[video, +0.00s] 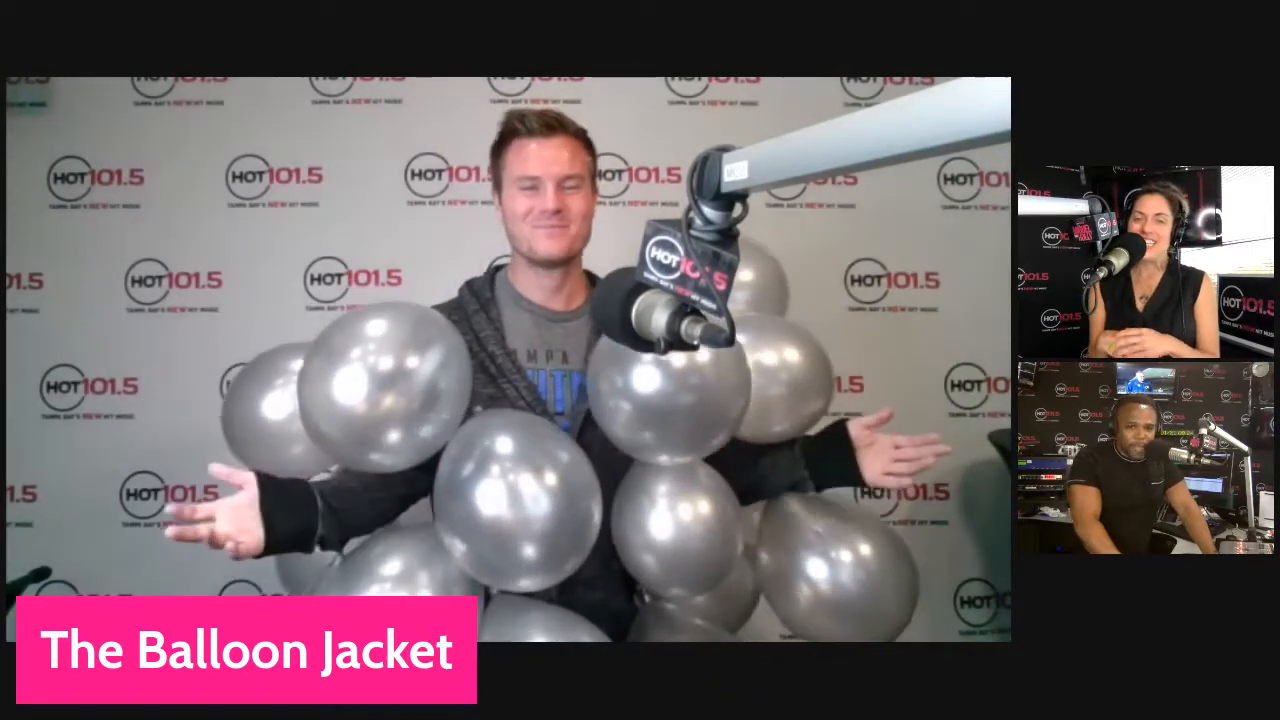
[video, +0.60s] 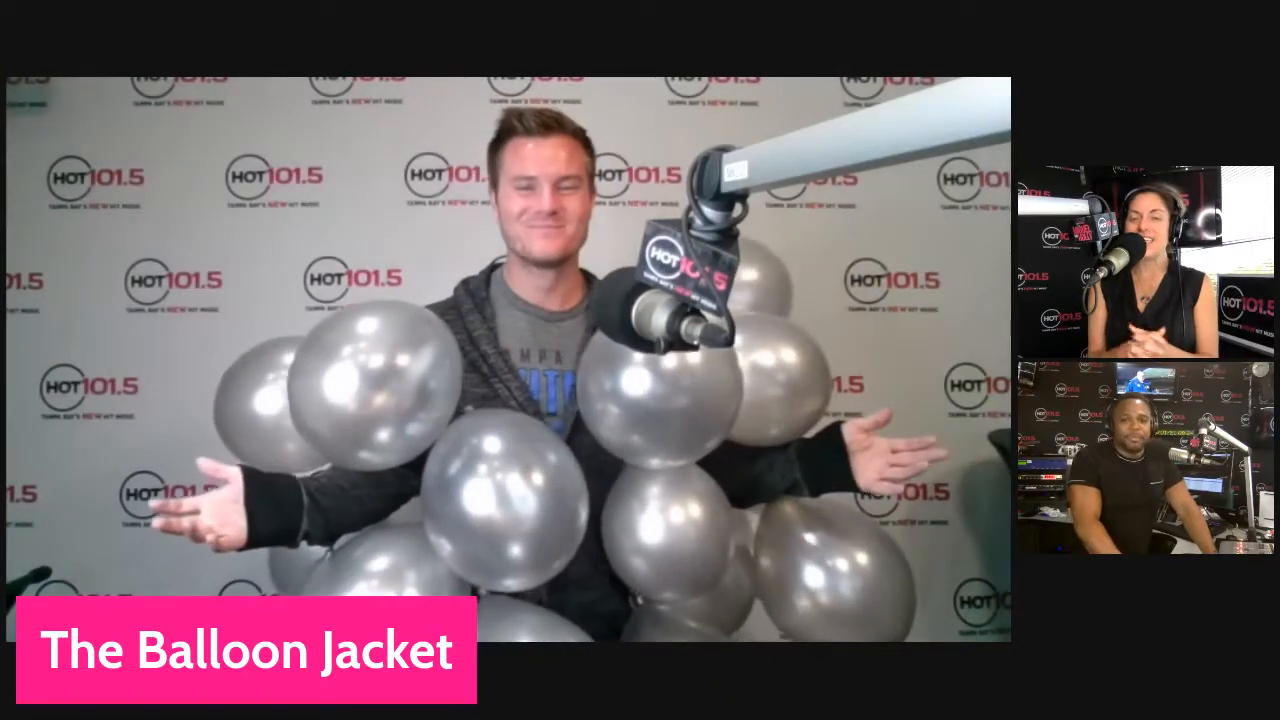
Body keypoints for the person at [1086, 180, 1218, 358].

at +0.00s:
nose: (1146, 229)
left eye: (1160, 220)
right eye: (1138, 218)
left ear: (1175, 230)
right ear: (1127, 224)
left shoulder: (1197, 284)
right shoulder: (1103, 285)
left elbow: (1211, 358)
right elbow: (1093, 359)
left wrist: (1169, 344)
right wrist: (1100, 345)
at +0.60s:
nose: (1143, 227)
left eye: (1156, 217)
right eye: (1134, 217)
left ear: (1172, 226)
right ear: (1124, 225)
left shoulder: (1197, 285)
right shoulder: (1103, 286)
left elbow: (1209, 362)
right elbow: (1094, 357)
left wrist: (1166, 352)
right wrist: (1126, 351)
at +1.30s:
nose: (1140, 226)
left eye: (1152, 217)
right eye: (1131, 218)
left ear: (1169, 226)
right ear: (1122, 228)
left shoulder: (1198, 286)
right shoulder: (1103, 287)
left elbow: (1212, 362)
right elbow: (1095, 357)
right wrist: (1133, 354)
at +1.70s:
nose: (1140, 228)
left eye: (1152, 218)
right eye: (1130, 220)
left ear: (1168, 225)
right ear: (1120, 228)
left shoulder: (1197, 287)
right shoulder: (1101, 289)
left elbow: (1210, 364)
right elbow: (1094, 359)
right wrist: (1136, 356)